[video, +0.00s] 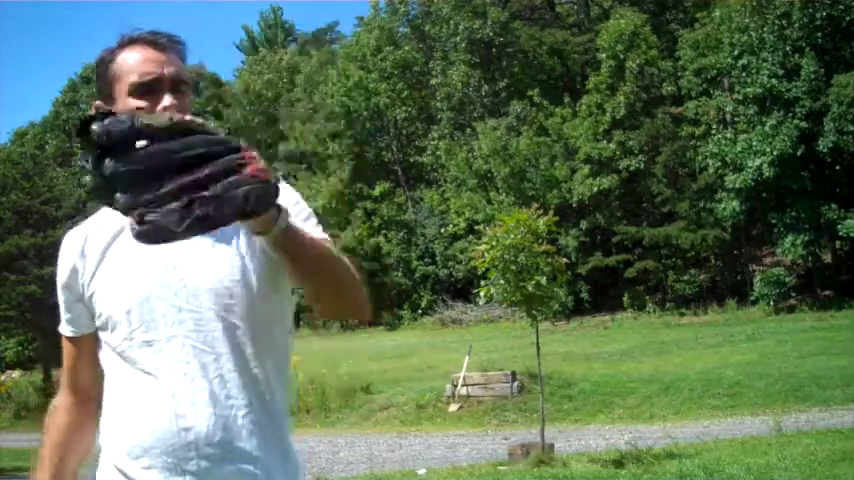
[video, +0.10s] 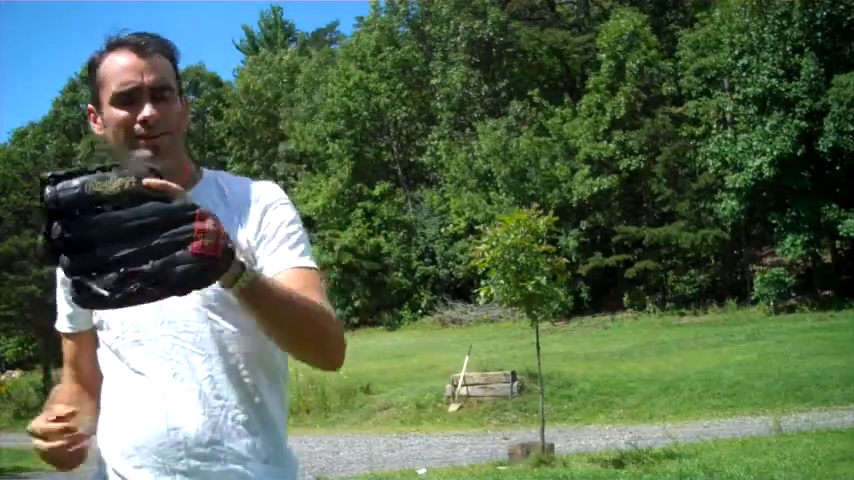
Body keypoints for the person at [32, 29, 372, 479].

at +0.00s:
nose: (169, 102)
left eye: (179, 88)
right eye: (147, 91)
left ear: (194, 98)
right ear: (107, 112)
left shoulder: (267, 200)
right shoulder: (87, 245)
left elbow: (354, 307)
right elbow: (77, 396)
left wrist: (273, 227)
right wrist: (48, 474)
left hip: (258, 465)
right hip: (136, 469)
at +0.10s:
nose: (149, 113)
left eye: (162, 95)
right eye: (128, 100)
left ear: (185, 108)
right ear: (97, 120)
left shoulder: (259, 203)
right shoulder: (87, 233)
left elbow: (329, 349)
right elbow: (80, 382)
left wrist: (234, 271)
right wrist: (58, 432)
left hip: (254, 466)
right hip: (133, 469)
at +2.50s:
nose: (370, 41)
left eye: (379, 23)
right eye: (343, 26)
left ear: (395, 41)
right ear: (299, 57)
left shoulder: (425, 201)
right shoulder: (288, 141)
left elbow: (448, 382)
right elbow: (442, 311)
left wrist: (491, 465)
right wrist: (572, 394)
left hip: (397, 468)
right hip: (283, 463)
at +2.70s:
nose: (386, 46)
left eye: (396, 29)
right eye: (359, 29)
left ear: (408, 44)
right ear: (310, 56)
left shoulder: (428, 206)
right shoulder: (292, 146)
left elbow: (441, 382)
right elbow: (399, 342)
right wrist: (522, 446)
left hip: (397, 465)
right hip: (278, 461)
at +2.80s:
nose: (381, 54)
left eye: (392, 36)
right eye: (355, 35)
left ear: (405, 50)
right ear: (305, 60)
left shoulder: (430, 213)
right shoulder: (267, 159)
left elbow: (443, 389)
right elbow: (350, 343)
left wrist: (468, 475)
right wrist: (496, 463)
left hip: (388, 470)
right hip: (264, 467)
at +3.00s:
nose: (343, 60)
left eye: (353, 43)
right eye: (317, 44)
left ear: (366, 58)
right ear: (269, 70)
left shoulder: (420, 214)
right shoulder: (220, 180)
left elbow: (432, 389)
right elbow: (220, 310)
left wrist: (453, 471)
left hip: (378, 468)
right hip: (238, 465)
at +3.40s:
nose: (207, 100)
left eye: (219, 82)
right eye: (183, 85)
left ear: (237, 99)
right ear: (145, 111)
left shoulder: (314, 215)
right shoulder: (118, 239)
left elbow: (372, 376)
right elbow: (76, 400)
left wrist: (414, 472)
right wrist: (43, 477)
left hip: (297, 469)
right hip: (170, 470)